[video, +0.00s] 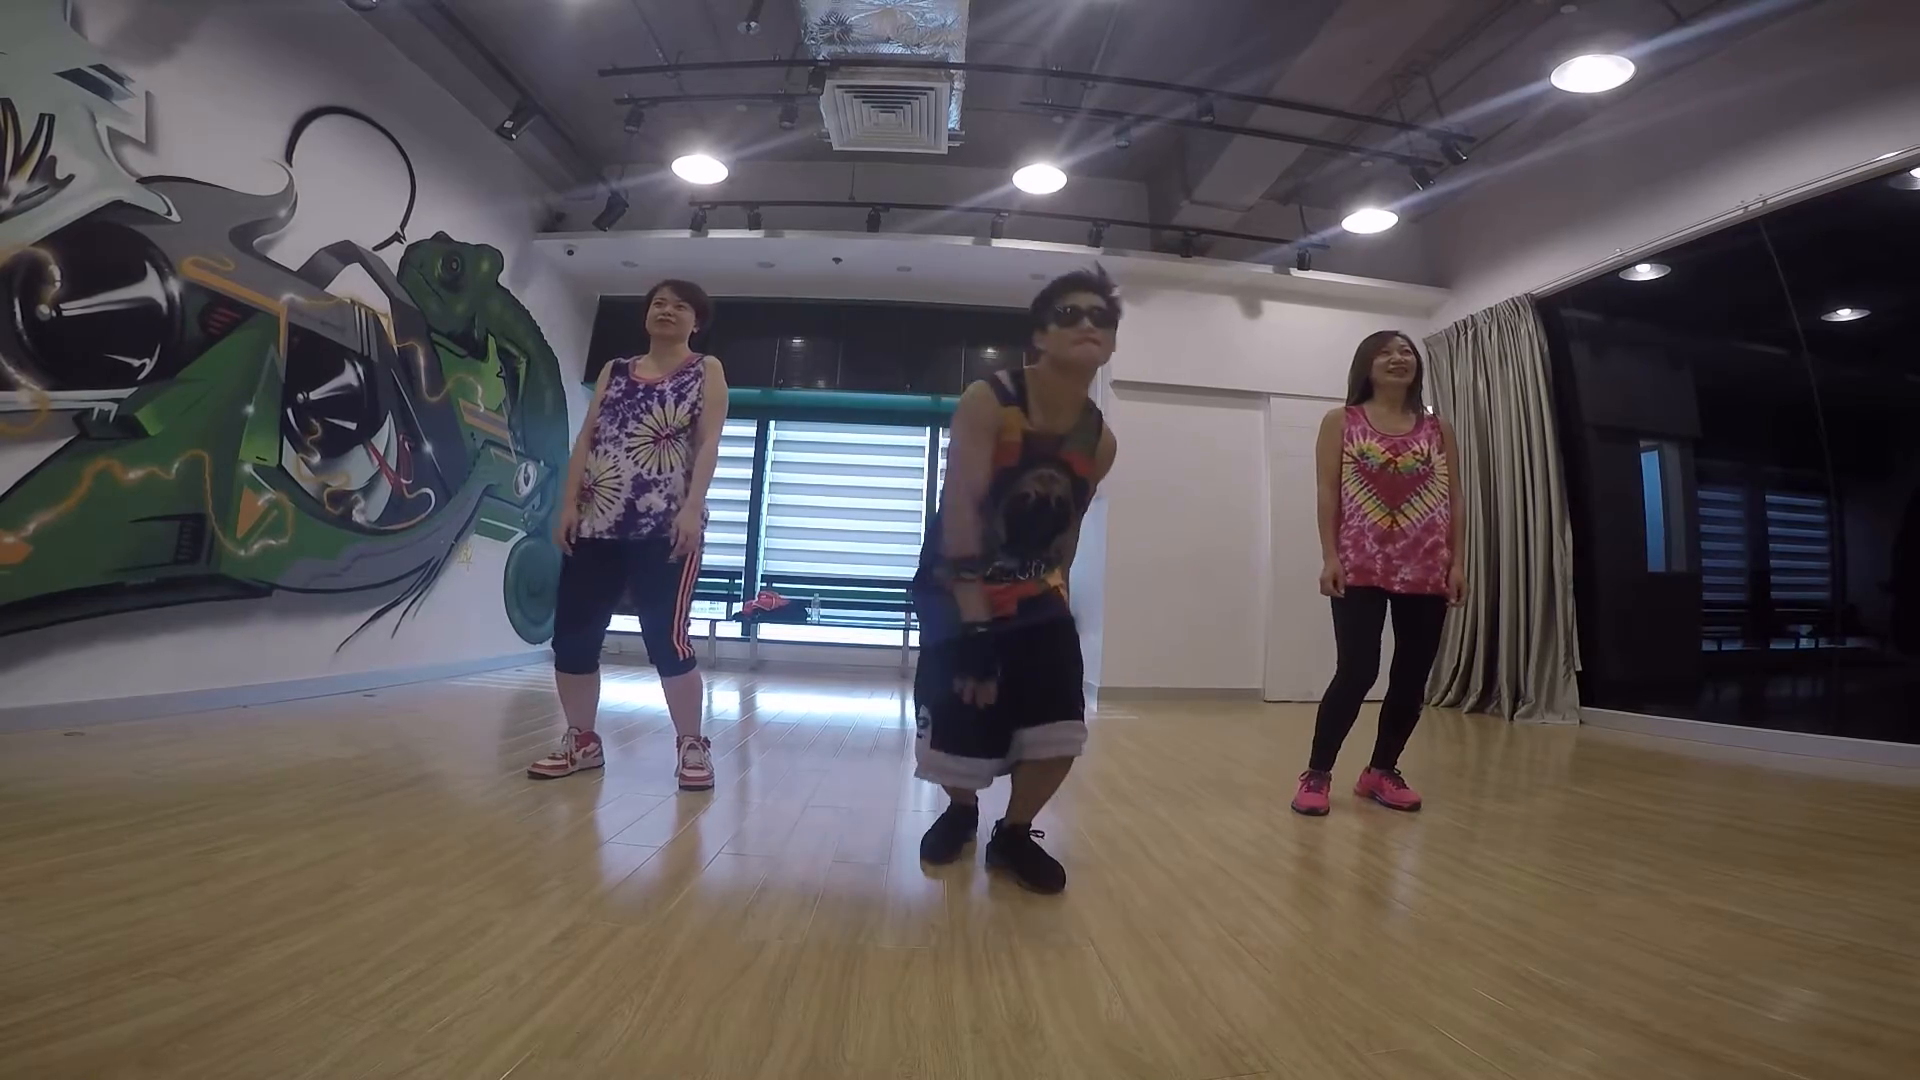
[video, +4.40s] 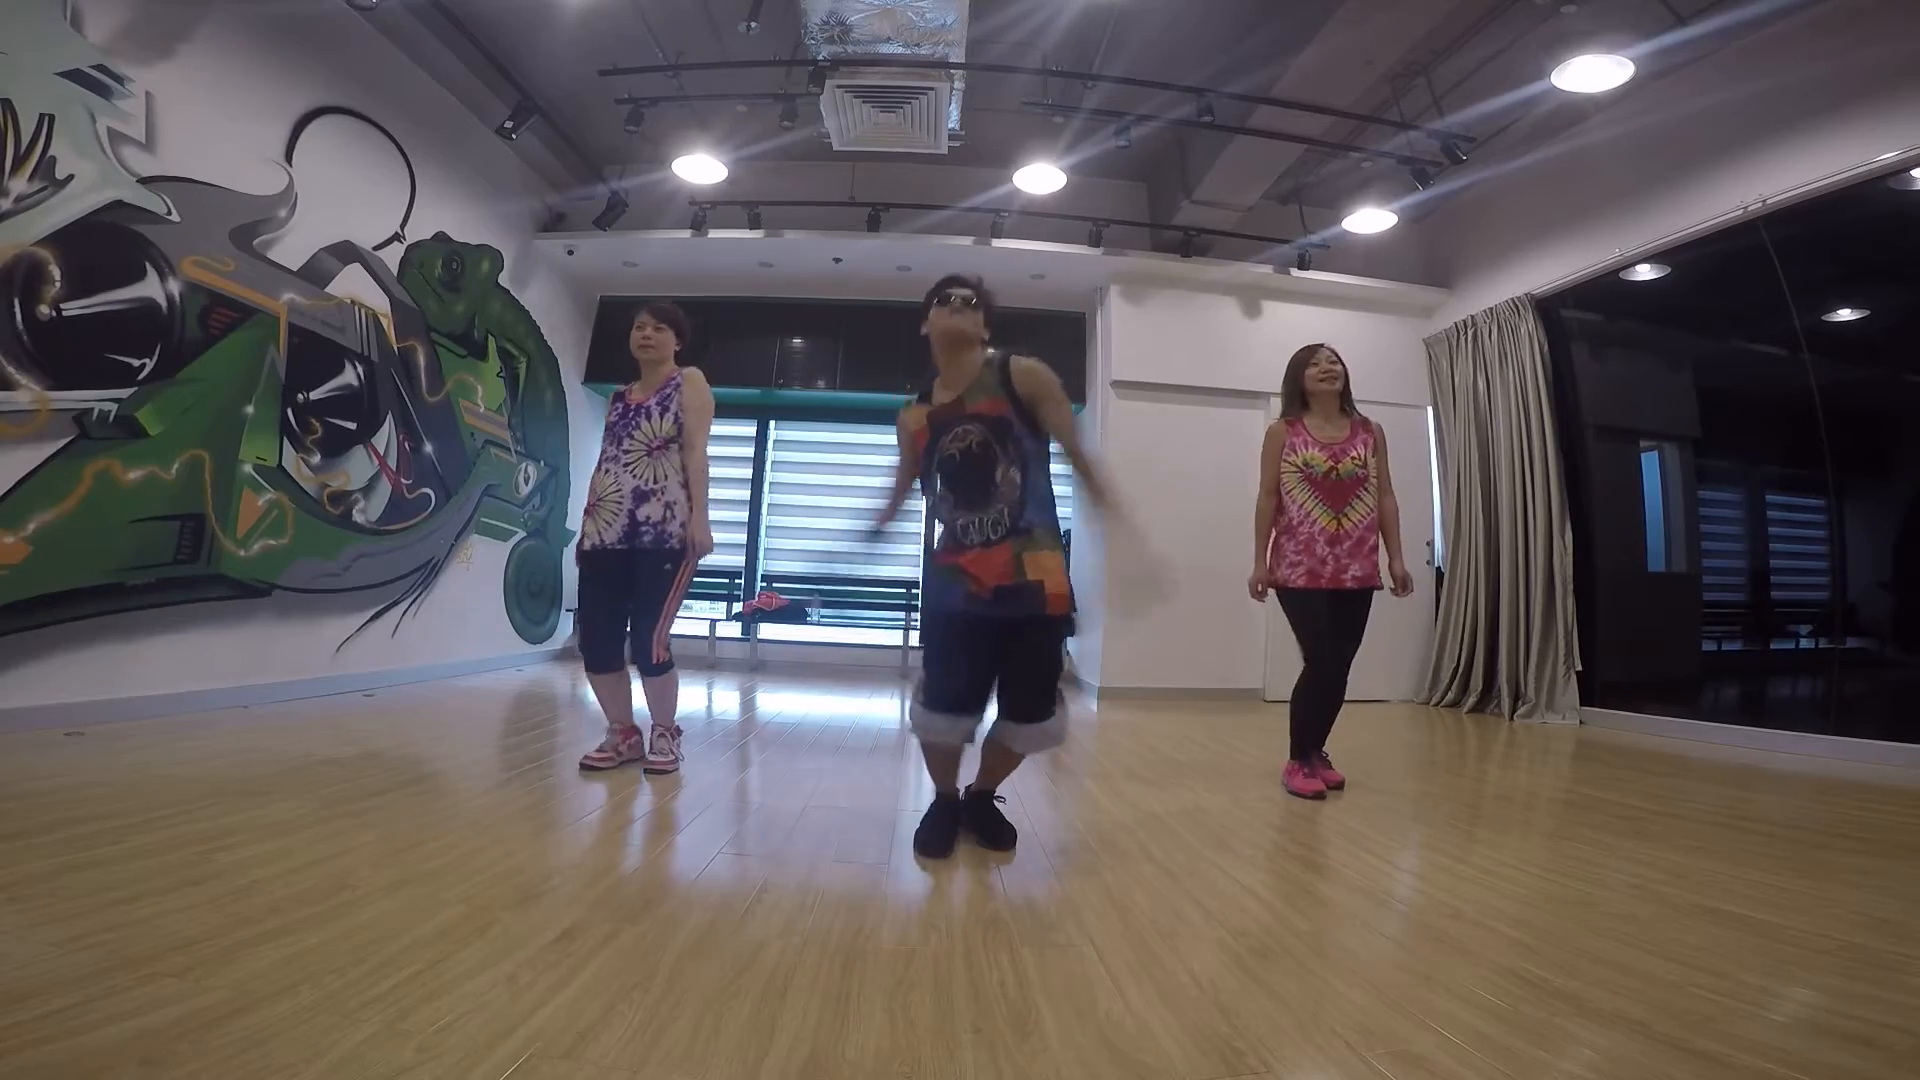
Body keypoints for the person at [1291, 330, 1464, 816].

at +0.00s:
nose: (1398, 358)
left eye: (1406, 353)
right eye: (1386, 352)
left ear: (1418, 368)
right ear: (1366, 366)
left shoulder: (1437, 428)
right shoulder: (1341, 421)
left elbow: (1453, 497)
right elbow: (1328, 491)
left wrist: (1456, 562)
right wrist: (1330, 557)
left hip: (1425, 570)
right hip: (1361, 567)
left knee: (1410, 677)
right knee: (1357, 672)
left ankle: (1381, 772)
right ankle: (1317, 775)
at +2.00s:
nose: (1326, 354)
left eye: (1334, 349)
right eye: (1313, 351)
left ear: (1348, 364)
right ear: (1296, 371)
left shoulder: (1379, 419)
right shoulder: (1285, 427)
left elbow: (1396, 490)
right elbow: (1278, 500)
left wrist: (1400, 558)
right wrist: (1272, 566)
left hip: (1368, 566)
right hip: (1302, 566)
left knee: (1369, 674)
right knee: (1316, 665)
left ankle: (1346, 768)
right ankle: (1300, 767)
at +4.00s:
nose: (1336, 371)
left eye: (1343, 366)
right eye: (1325, 366)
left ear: (1353, 381)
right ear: (1307, 381)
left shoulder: (1363, 440)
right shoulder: (1286, 429)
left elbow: (1371, 507)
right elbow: (1273, 490)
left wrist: (1380, 568)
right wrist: (1279, 545)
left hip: (1351, 572)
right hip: (1298, 569)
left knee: (1339, 667)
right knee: (1318, 661)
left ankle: (1313, 751)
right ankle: (1284, 751)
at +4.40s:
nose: (1326, 367)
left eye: (1334, 361)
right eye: (1314, 363)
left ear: (1346, 375)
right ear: (1298, 380)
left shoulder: (1368, 431)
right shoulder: (1283, 432)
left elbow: (1385, 496)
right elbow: (1268, 497)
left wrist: (1396, 556)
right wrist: (1260, 561)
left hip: (1357, 570)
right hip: (1298, 569)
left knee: (1338, 668)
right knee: (1321, 663)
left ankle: (1316, 754)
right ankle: (1299, 761)